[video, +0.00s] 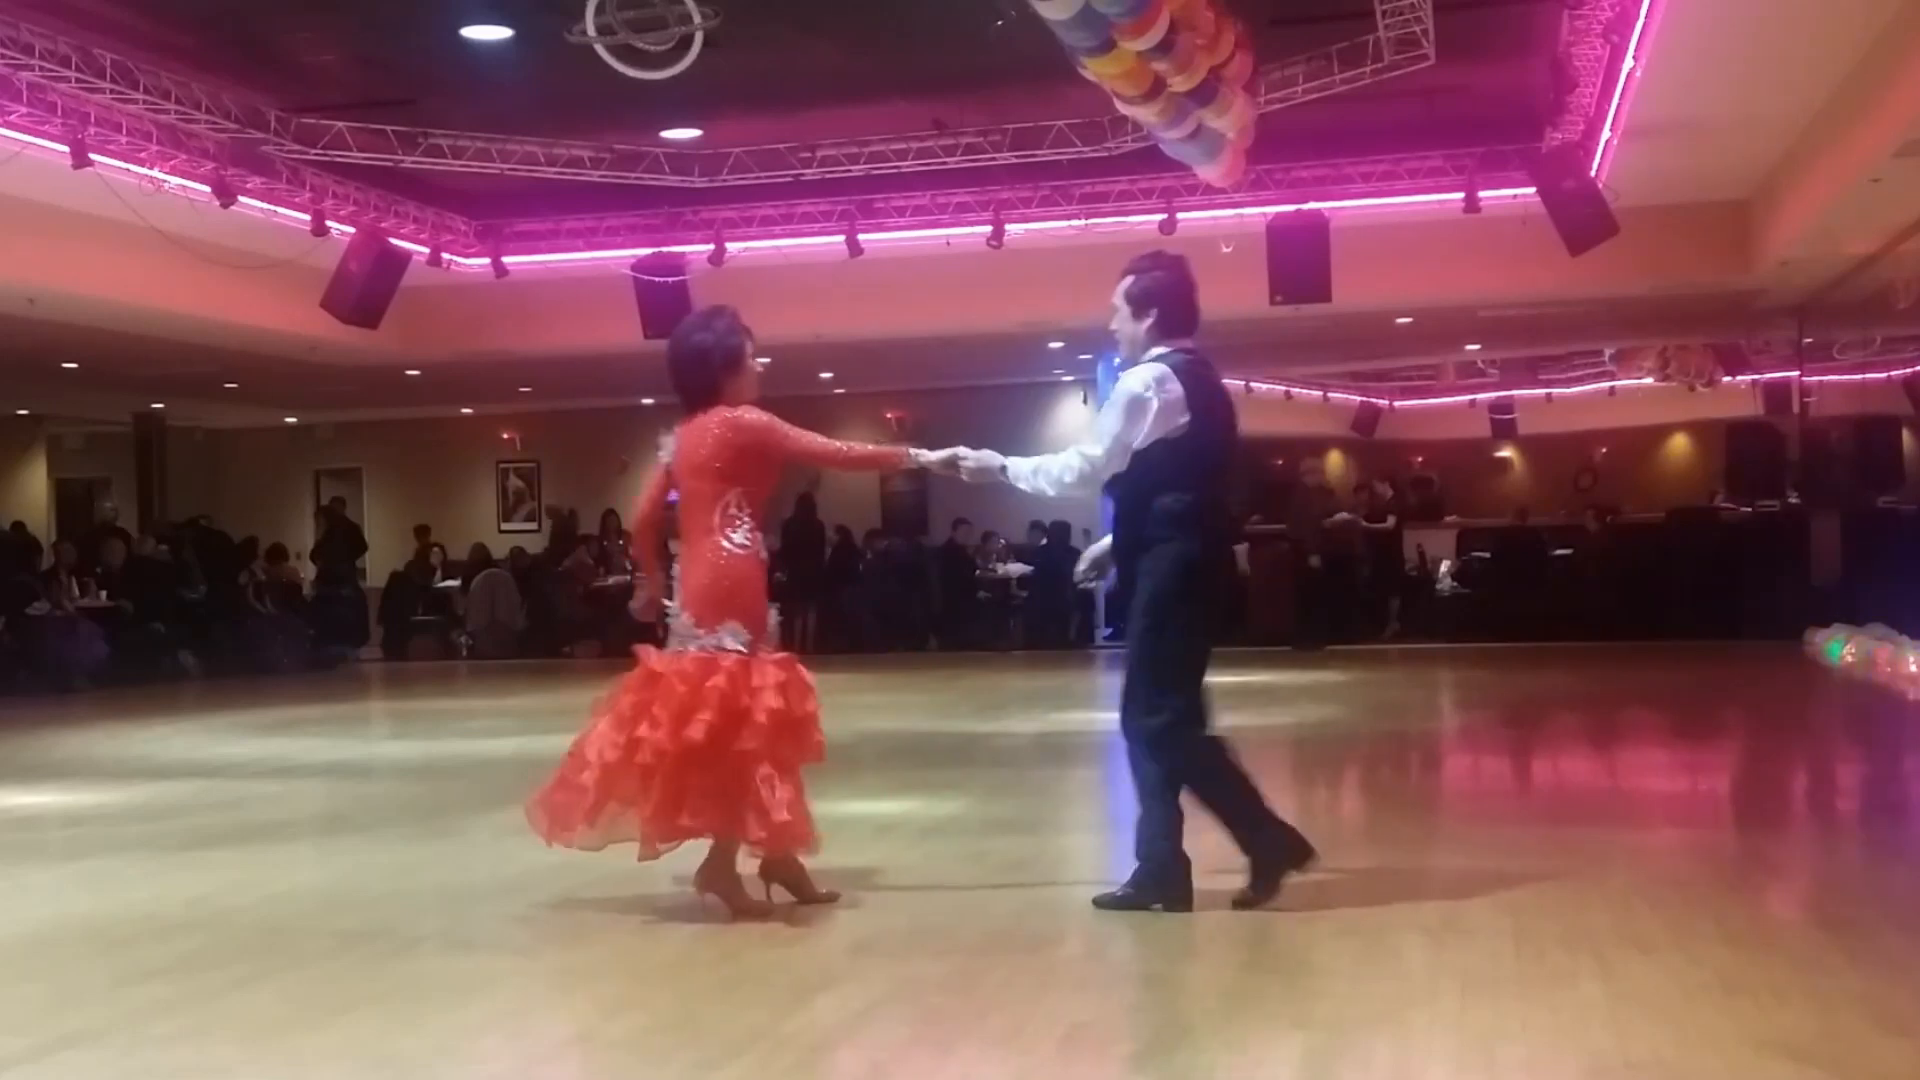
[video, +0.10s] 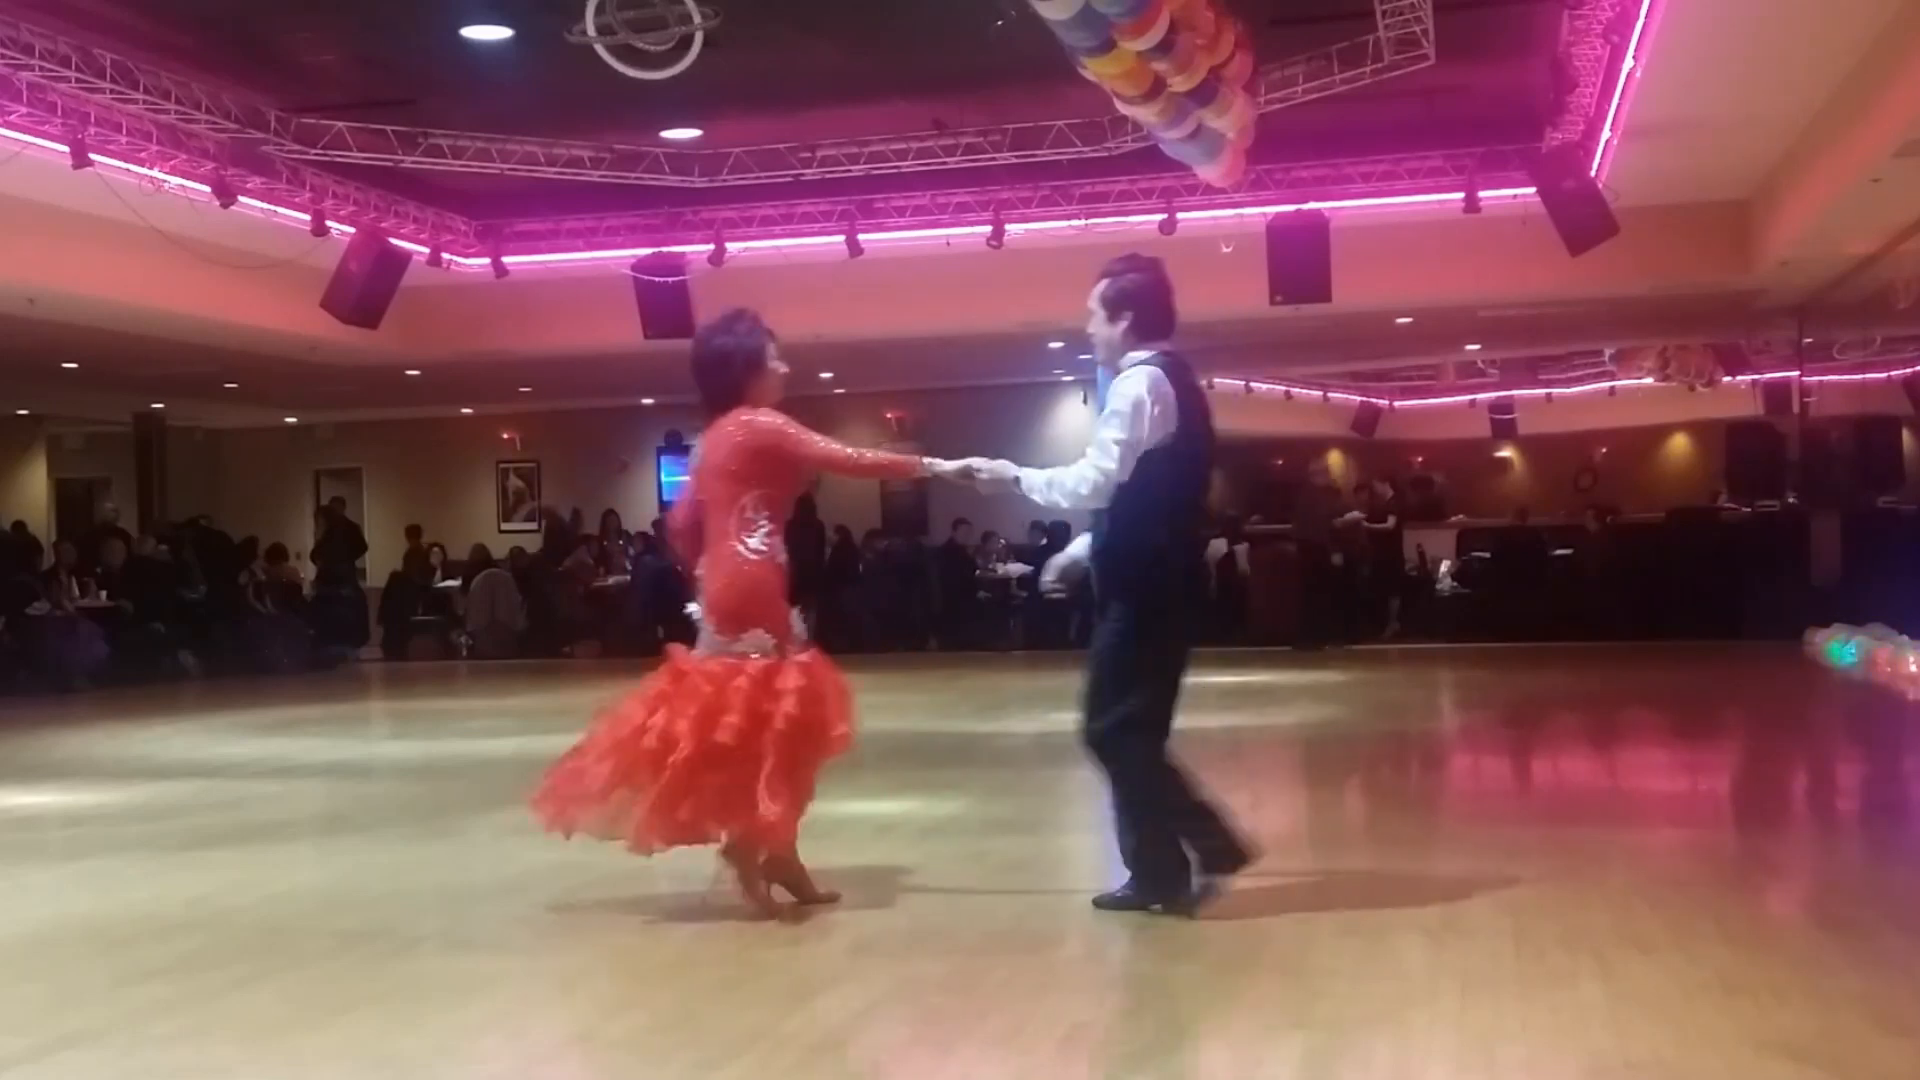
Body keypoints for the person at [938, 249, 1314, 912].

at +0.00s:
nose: (1112, 326)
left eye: (1119, 313)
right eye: (1114, 313)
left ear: (1149, 316)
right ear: (1165, 316)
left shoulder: (1149, 380)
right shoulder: (1197, 377)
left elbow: (1086, 469)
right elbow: (1177, 484)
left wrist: (993, 466)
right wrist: (1119, 540)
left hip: (1172, 562)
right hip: (1192, 557)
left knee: (1154, 716)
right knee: (1162, 714)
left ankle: (1270, 841)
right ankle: (1160, 870)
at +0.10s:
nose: (1087, 329)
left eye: (1095, 316)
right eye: (1090, 316)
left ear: (1126, 320)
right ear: (1140, 319)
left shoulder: (1138, 382)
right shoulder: (1173, 378)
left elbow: (1095, 483)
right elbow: (1145, 494)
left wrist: (1010, 475)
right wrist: (1081, 551)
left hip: (1144, 580)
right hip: (1166, 576)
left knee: (1112, 728)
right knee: (1132, 728)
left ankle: (1212, 846)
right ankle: (1157, 877)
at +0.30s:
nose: (1031, 325)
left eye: (1039, 312)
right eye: (1034, 312)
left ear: (1068, 316)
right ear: (1084, 317)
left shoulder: (1096, 380)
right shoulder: (1081, 379)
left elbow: (1130, 459)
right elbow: (1084, 490)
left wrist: (1038, 457)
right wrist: (1024, 548)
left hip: (1081, 582)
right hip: (1090, 580)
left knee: (1018, 721)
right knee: (1100, 725)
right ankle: (1155, 874)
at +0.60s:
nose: (958, 322)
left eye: (962, 309)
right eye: (957, 310)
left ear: (980, 308)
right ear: (1036, 304)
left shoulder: (993, 376)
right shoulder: (1068, 374)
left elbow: (940, 463)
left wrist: (838, 482)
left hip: (1002, 577)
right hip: (1063, 572)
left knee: (975, 734)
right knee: (1046, 729)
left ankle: (989, 899)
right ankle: (1094, 890)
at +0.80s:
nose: (946, 305)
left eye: (951, 295)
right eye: (950, 294)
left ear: (965, 301)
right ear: (1021, 302)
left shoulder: (961, 377)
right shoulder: (1063, 378)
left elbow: (912, 486)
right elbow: (1092, 475)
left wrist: (834, 537)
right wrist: (1071, 547)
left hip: (977, 579)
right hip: (1050, 575)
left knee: (960, 732)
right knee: (1042, 735)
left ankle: (978, 898)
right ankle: (1059, 901)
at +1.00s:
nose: (934, 317)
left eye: (935, 308)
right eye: (1013, 306)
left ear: (941, 313)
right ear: (1006, 309)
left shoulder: (929, 386)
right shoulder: (1056, 382)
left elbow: (916, 494)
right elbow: (1120, 465)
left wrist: (895, 577)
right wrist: (1073, 469)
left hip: (956, 583)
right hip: (1036, 582)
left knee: (913, 735)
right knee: (1039, 737)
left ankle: (905, 898)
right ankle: (1058, 902)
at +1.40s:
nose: (901, 309)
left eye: (902, 299)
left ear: (905, 308)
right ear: (973, 304)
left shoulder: (886, 387)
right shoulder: (1023, 382)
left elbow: (846, 493)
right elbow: (1098, 447)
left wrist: (819, 580)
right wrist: (1162, 449)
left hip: (911, 586)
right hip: (994, 582)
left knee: (896, 741)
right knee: (1011, 735)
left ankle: (888, 918)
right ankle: (1061, 903)